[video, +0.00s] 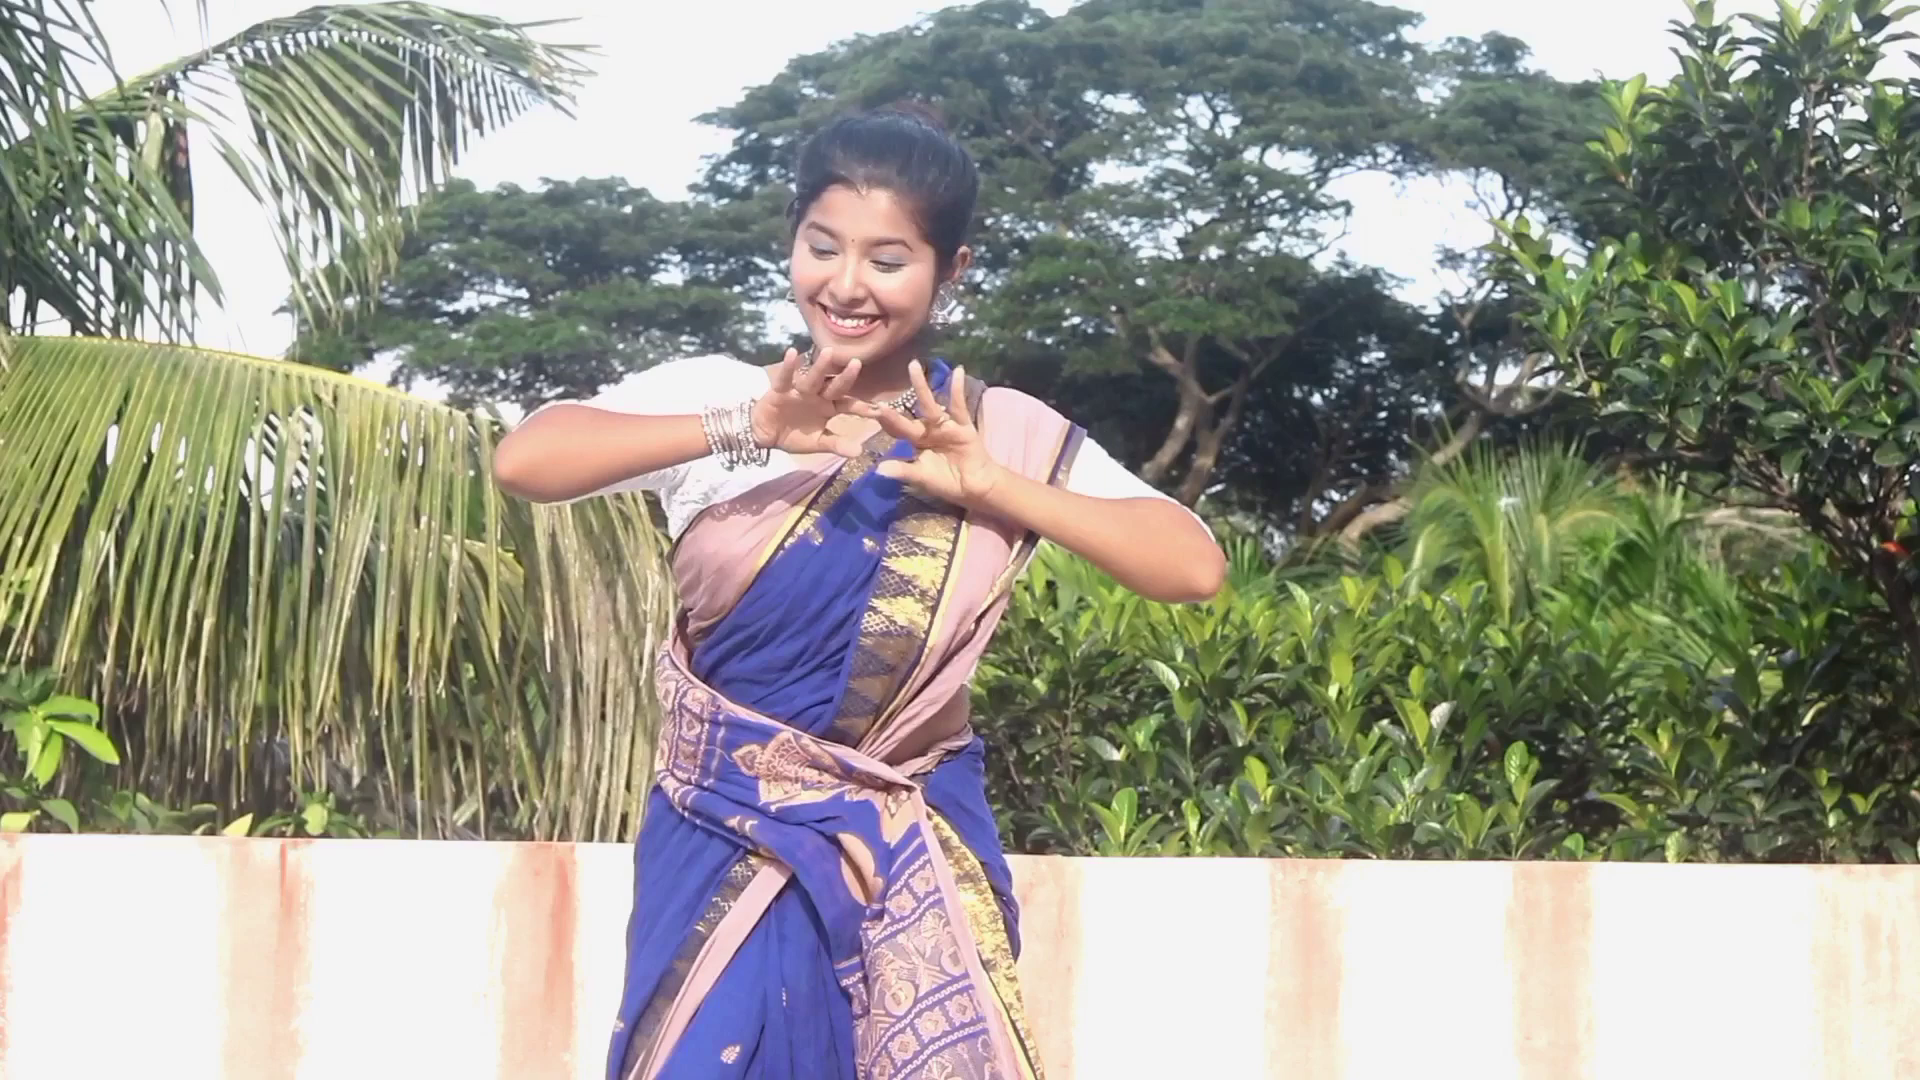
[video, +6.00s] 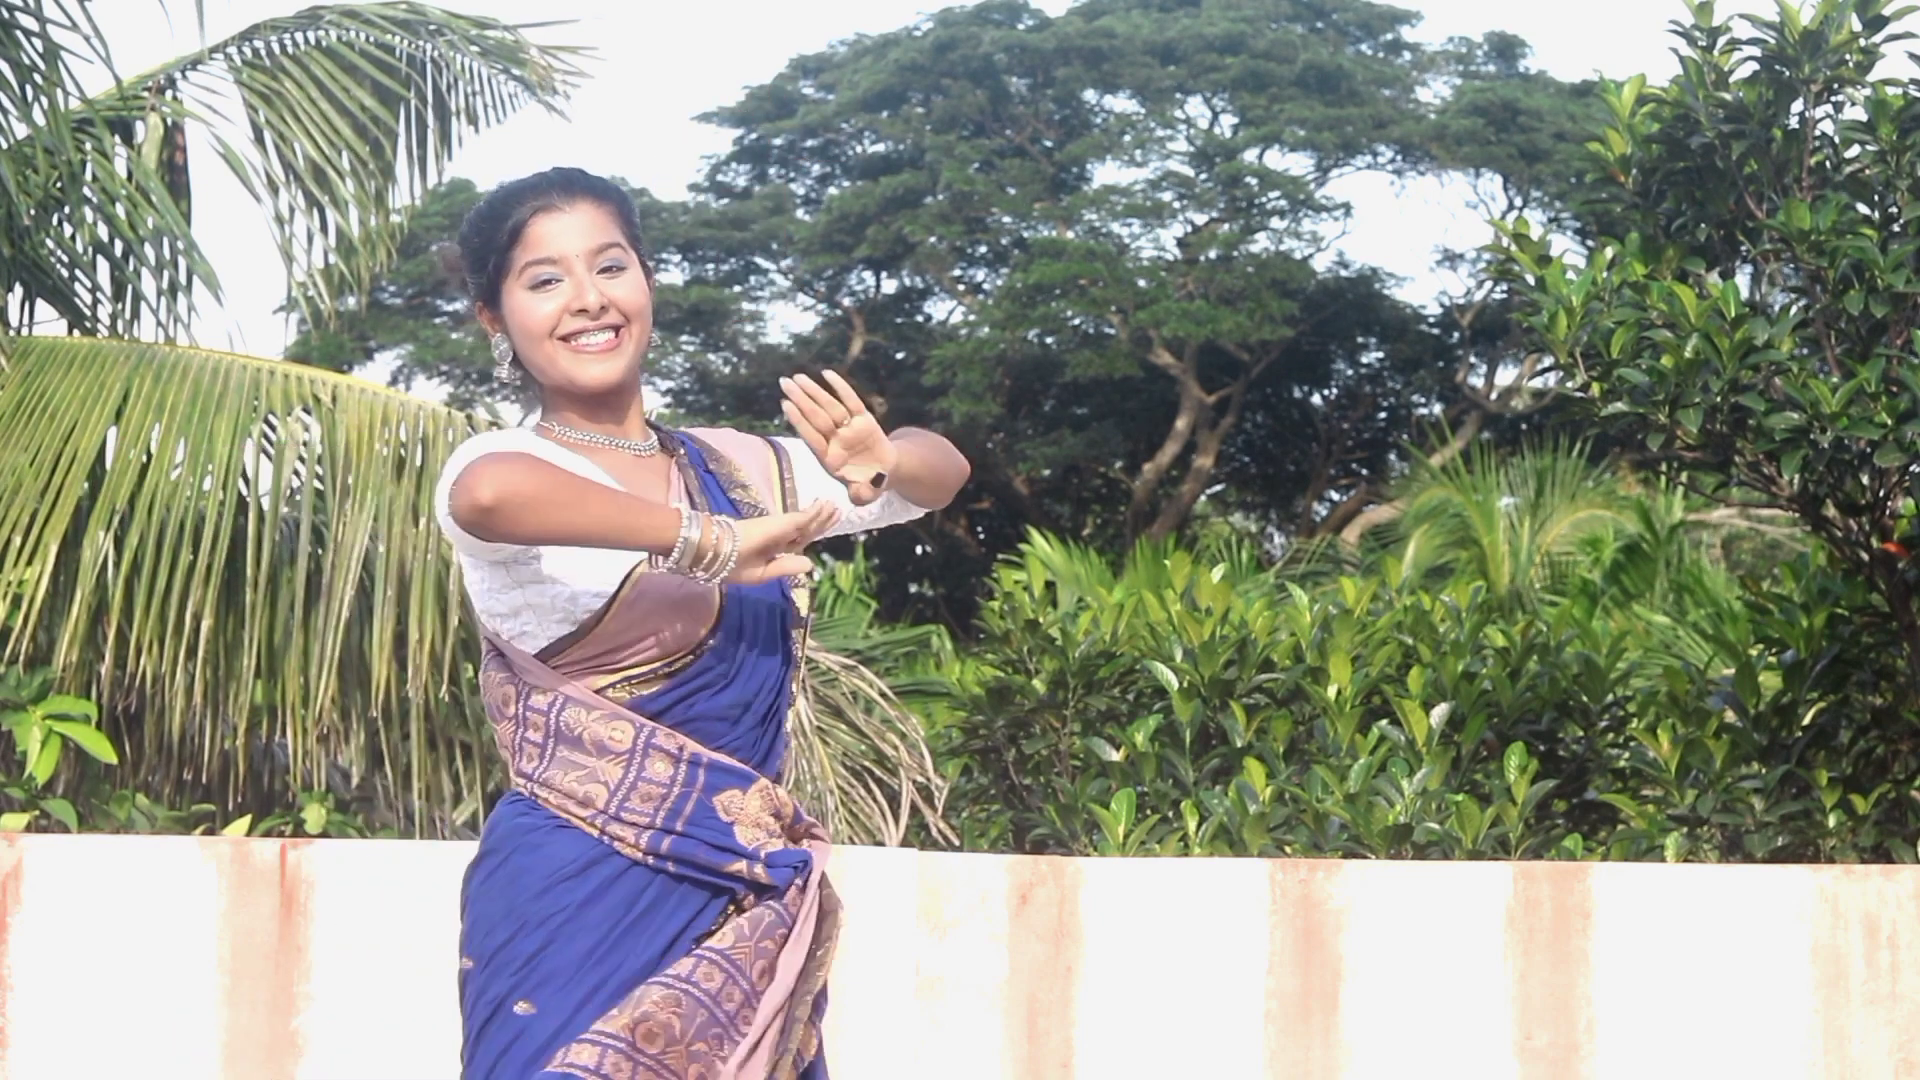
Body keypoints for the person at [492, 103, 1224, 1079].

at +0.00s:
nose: (847, 285)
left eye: (889, 259)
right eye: (823, 247)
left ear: (948, 272)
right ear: (791, 242)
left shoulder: (1006, 429)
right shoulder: (729, 390)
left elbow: (1196, 565)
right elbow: (523, 460)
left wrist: (996, 487)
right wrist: (746, 426)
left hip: (916, 838)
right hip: (723, 831)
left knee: (944, 1058)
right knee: (704, 1057)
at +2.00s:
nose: (872, 359)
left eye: (880, 319)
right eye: (827, 360)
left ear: (928, 325)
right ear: (805, 411)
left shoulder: (1044, 497)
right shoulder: (793, 501)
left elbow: (1288, 521)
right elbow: (877, 543)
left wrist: (1100, 573)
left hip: (1012, 940)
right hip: (823, 929)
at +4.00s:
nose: (610, 278)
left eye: (635, 249)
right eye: (570, 252)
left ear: (663, 271)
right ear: (509, 279)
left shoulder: (660, 422)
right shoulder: (515, 404)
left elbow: (853, 452)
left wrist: (849, 524)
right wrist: (723, 455)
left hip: (686, 819)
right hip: (553, 819)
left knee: (699, 1061)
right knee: (543, 1060)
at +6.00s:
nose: (588, 299)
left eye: (610, 265)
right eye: (545, 280)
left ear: (649, 288)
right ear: (498, 324)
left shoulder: (741, 462)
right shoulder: (511, 459)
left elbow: (947, 476)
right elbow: (482, 499)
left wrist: (889, 466)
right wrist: (701, 535)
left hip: (748, 888)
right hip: (577, 887)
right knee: (566, 1065)